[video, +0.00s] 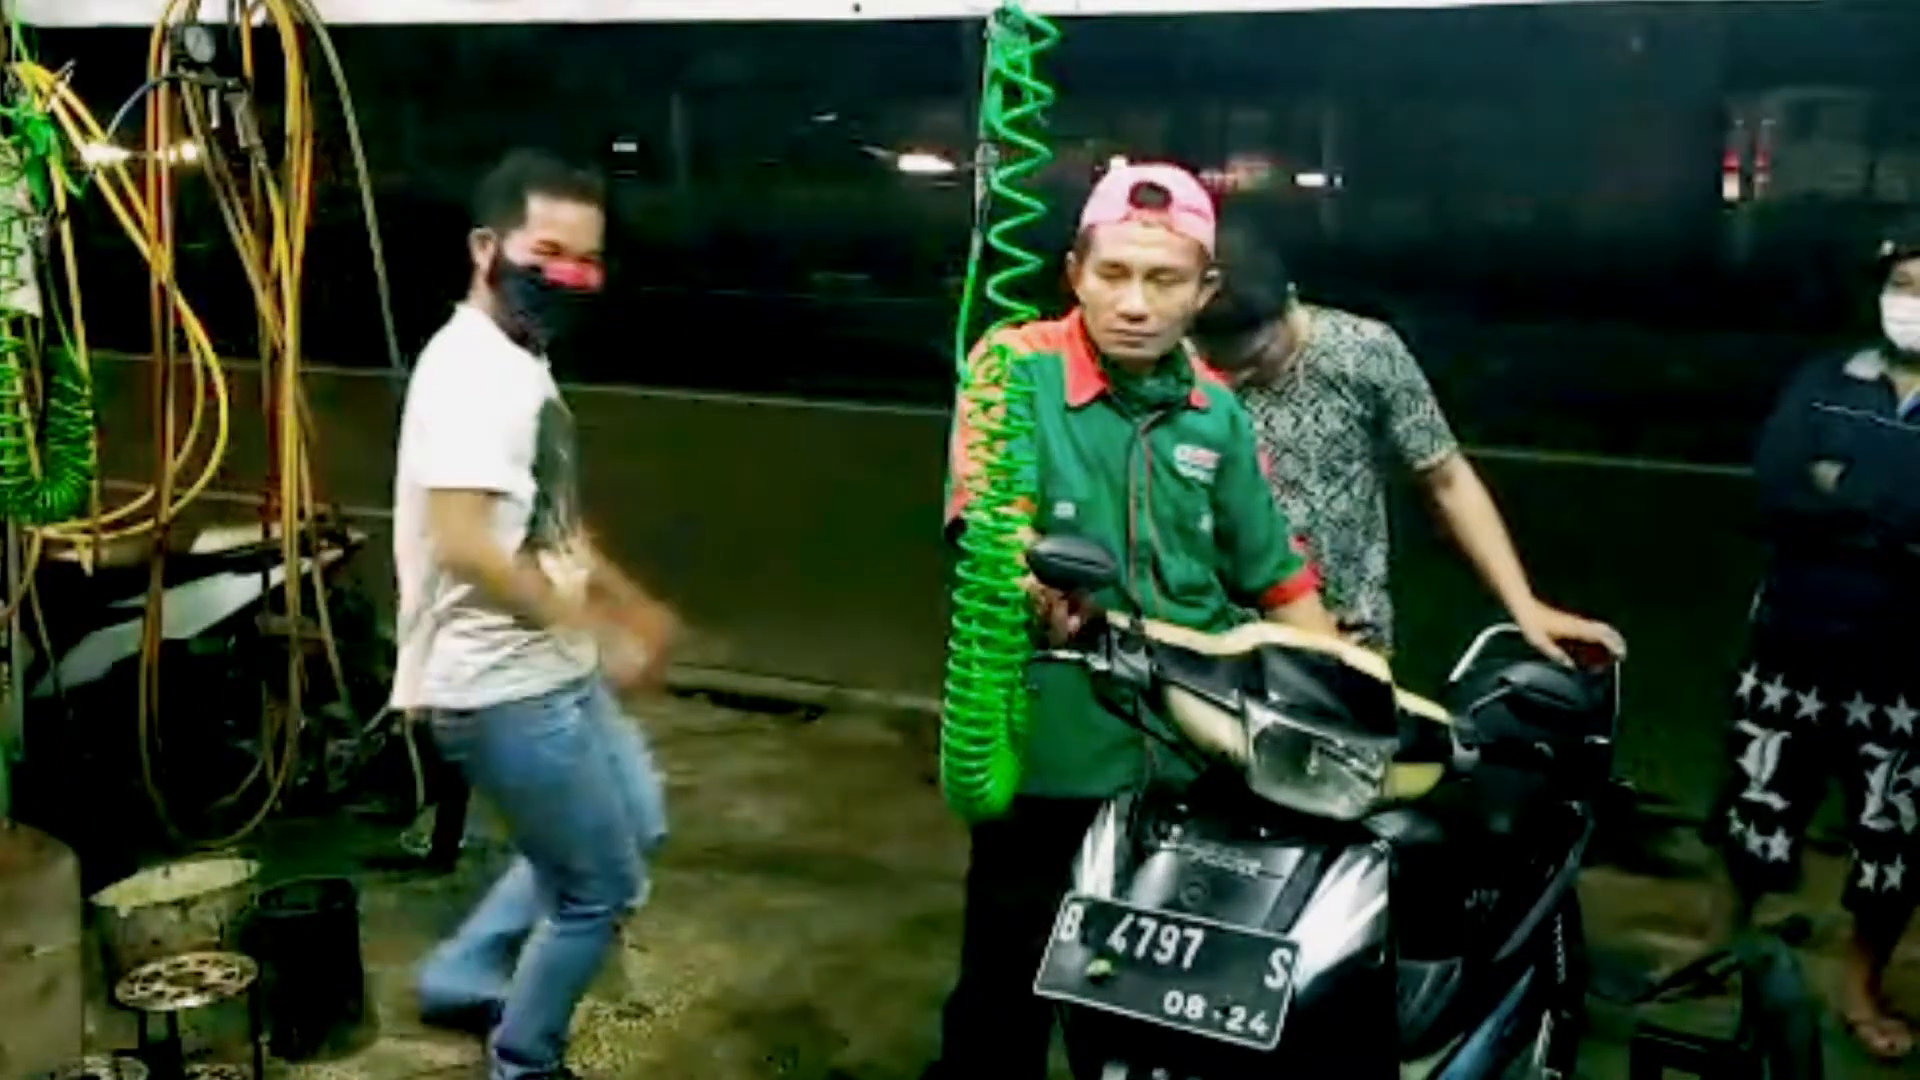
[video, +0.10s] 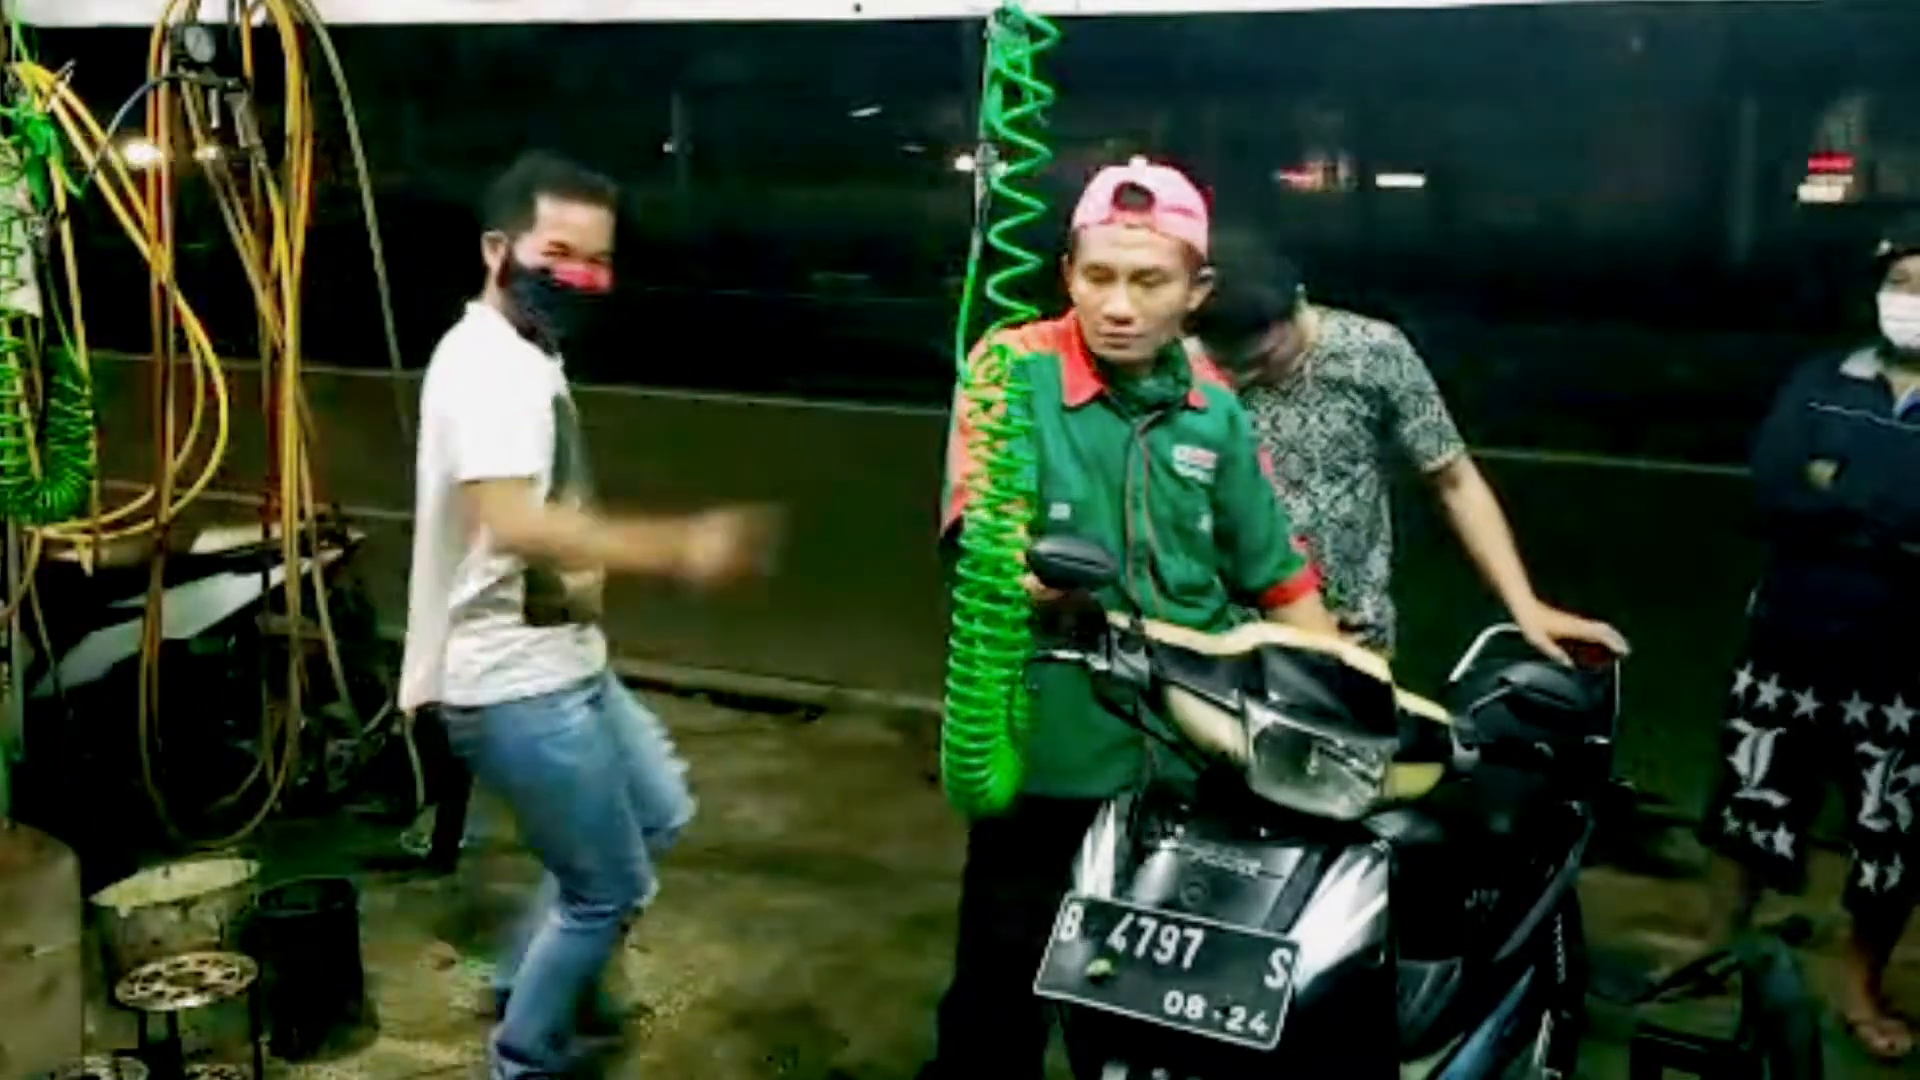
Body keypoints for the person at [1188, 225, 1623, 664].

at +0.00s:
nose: (1234, 378)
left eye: (1250, 361)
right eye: (1217, 363)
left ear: (1286, 314)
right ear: (1190, 336)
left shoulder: (1364, 356)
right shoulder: (1180, 377)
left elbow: (1447, 480)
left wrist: (1525, 608)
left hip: (1343, 644)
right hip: (1215, 646)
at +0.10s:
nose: (1248, 377)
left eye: (1263, 359)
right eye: (1231, 364)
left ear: (1297, 314)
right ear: (1204, 342)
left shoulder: (1374, 357)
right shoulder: (1194, 375)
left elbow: (1455, 481)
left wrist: (1525, 607)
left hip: (1348, 642)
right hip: (1228, 642)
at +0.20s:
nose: (1272, 372)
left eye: (1281, 356)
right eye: (1252, 363)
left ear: (1310, 310)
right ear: (1221, 338)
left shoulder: (1389, 361)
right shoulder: (1197, 376)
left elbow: (1464, 484)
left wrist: (1526, 608)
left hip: (1351, 653)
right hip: (1224, 649)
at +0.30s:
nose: (1295, 360)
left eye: (1305, 342)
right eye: (1274, 348)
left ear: (1335, 309)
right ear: (1244, 330)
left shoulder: (1406, 365)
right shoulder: (1207, 374)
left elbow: (1468, 489)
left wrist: (1526, 606)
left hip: (1354, 651)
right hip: (1230, 646)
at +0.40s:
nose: (1315, 360)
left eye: (1327, 344)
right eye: (1296, 349)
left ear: (1355, 311)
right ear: (1265, 329)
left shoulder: (1416, 364)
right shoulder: (1213, 374)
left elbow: (1470, 488)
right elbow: (1170, 507)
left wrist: (1527, 607)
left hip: (1362, 650)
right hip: (1236, 647)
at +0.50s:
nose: (1336, 357)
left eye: (1352, 338)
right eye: (1318, 343)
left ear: (1381, 314)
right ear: (1286, 324)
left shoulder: (1435, 364)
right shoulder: (1229, 373)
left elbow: (1478, 490)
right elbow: (1190, 507)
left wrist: (1528, 607)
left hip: (1374, 653)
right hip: (1252, 648)